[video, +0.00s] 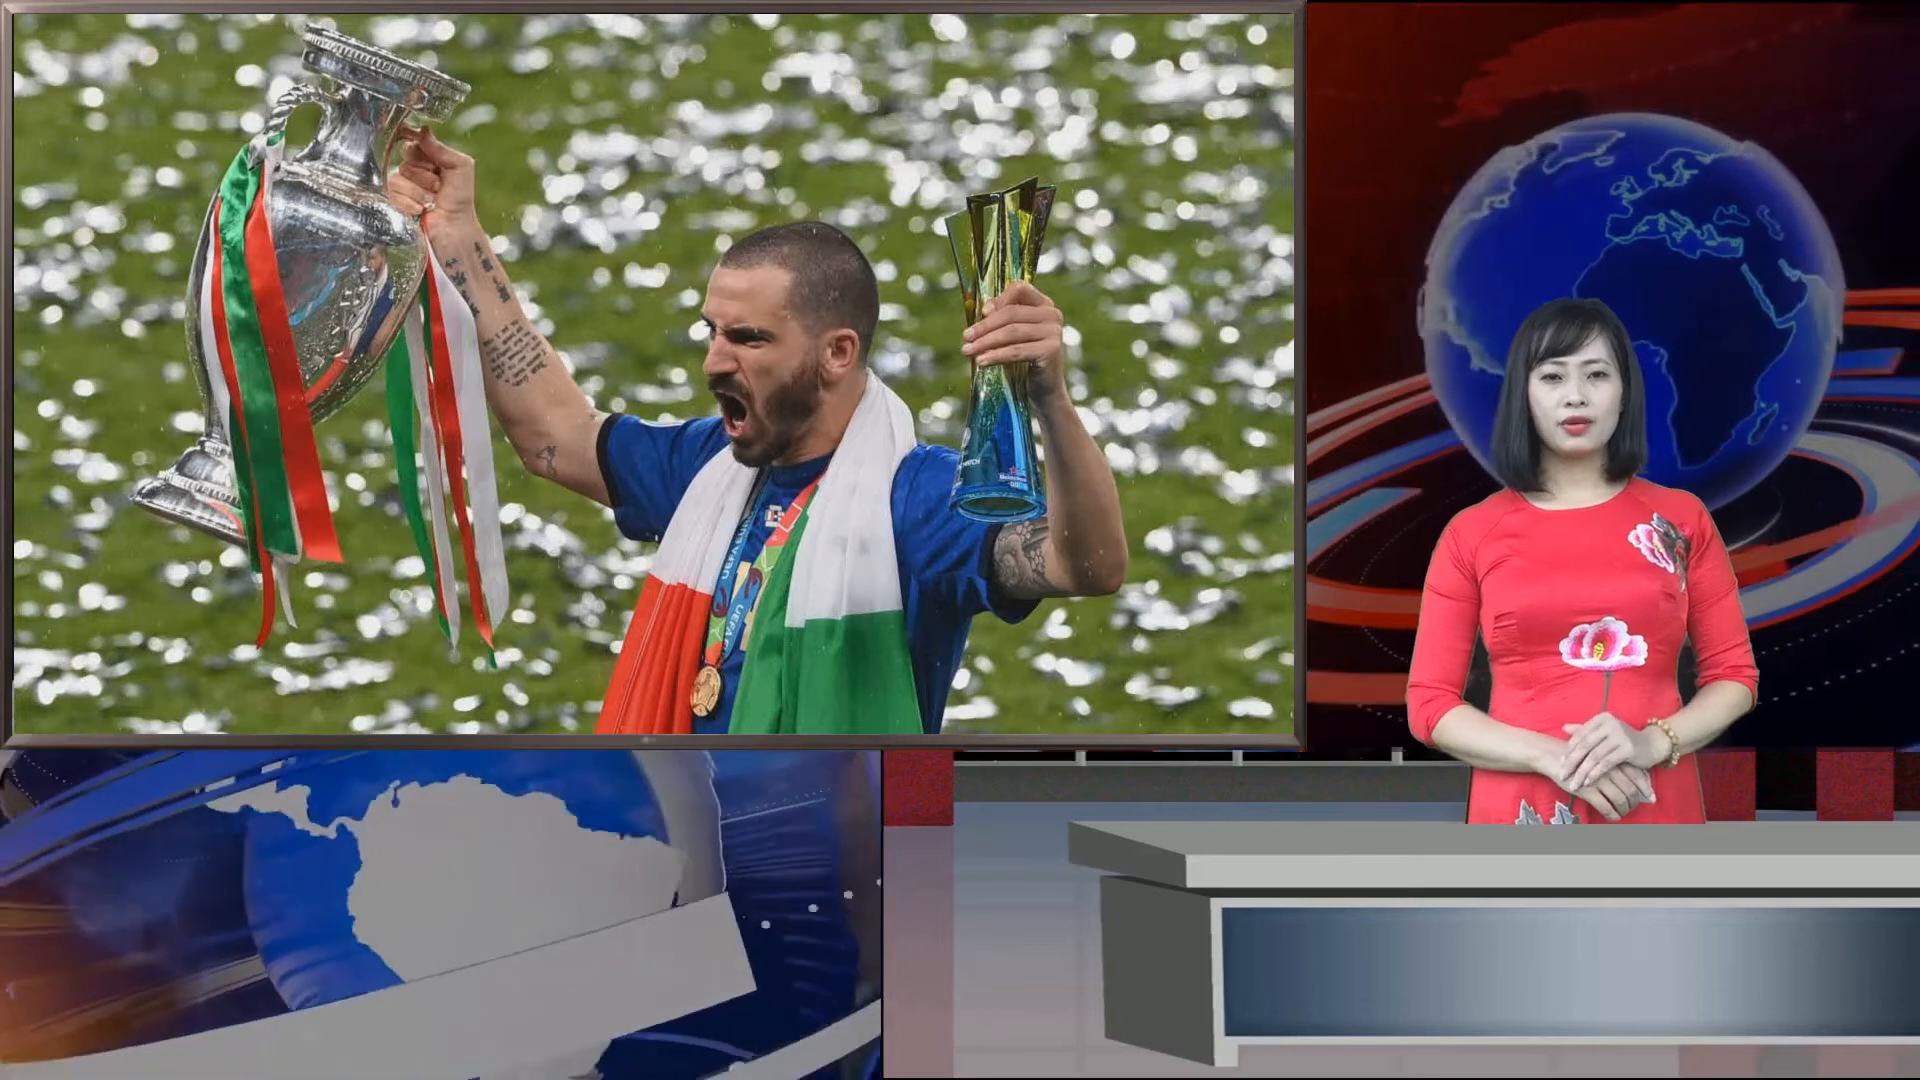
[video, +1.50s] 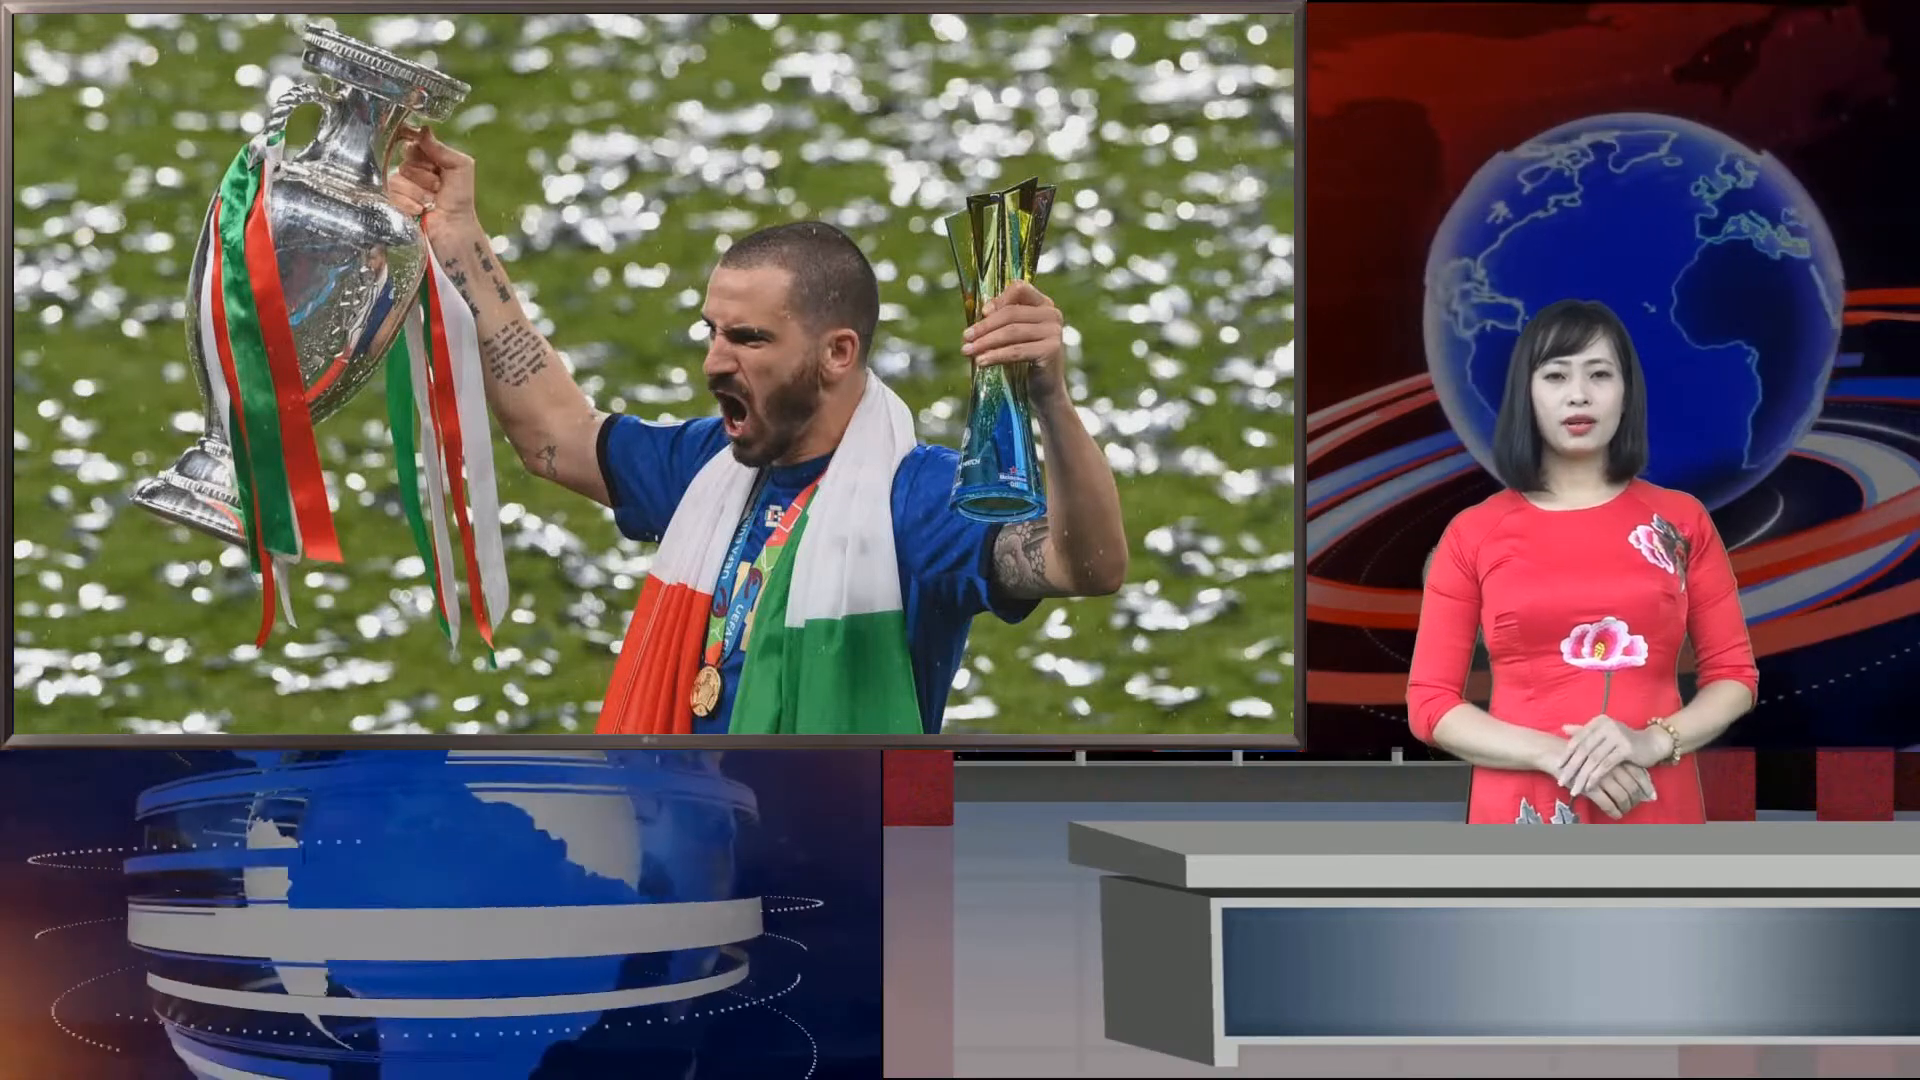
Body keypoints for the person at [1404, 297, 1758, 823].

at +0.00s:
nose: (1575, 395)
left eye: (1597, 375)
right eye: (1553, 377)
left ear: (1624, 392)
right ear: (1524, 394)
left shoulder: (1680, 520)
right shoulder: (1473, 536)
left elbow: (1734, 679)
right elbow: (1430, 704)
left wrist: (1652, 741)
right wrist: (1551, 753)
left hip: (1659, 825)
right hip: (1518, 827)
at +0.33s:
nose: (1577, 392)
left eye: (1598, 373)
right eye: (1555, 375)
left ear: (1625, 391)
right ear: (1526, 393)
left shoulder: (1682, 520)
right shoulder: (1474, 535)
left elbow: (1736, 678)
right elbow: (1430, 703)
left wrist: (1655, 727)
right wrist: (1549, 753)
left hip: (1661, 826)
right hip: (1519, 827)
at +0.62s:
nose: (1577, 395)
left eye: (1598, 375)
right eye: (1555, 376)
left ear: (1626, 392)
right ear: (1526, 392)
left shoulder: (1681, 521)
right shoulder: (1474, 535)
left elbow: (1734, 675)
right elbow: (1430, 703)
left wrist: (1668, 718)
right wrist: (1550, 753)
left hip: (1658, 823)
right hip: (1519, 823)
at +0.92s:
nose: (1575, 392)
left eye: (1596, 373)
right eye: (1553, 374)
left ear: (1624, 392)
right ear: (1525, 392)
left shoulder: (1679, 520)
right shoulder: (1473, 534)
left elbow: (1735, 677)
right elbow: (1429, 703)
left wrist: (1657, 707)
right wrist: (1552, 754)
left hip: (1658, 824)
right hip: (1518, 824)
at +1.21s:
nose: (1576, 394)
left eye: (1597, 374)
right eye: (1553, 376)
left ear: (1624, 392)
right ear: (1525, 393)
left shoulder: (1680, 521)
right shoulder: (1474, 535)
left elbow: (1735, 678)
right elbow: (1430, 704)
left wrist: (1656, 736)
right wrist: (1554, 752)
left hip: (1658, 822)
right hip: (1519, 824)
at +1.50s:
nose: (1578, 394)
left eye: (1599, 375)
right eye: (1556, 375)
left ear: (1626, 393)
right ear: (1527, 393)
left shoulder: (1680, 521)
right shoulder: (1474, 535)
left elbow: (1734, 679)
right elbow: (1430, 704)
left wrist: (1653, 740)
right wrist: (1557, 752)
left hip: (1659, 823)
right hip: (1519, 825)